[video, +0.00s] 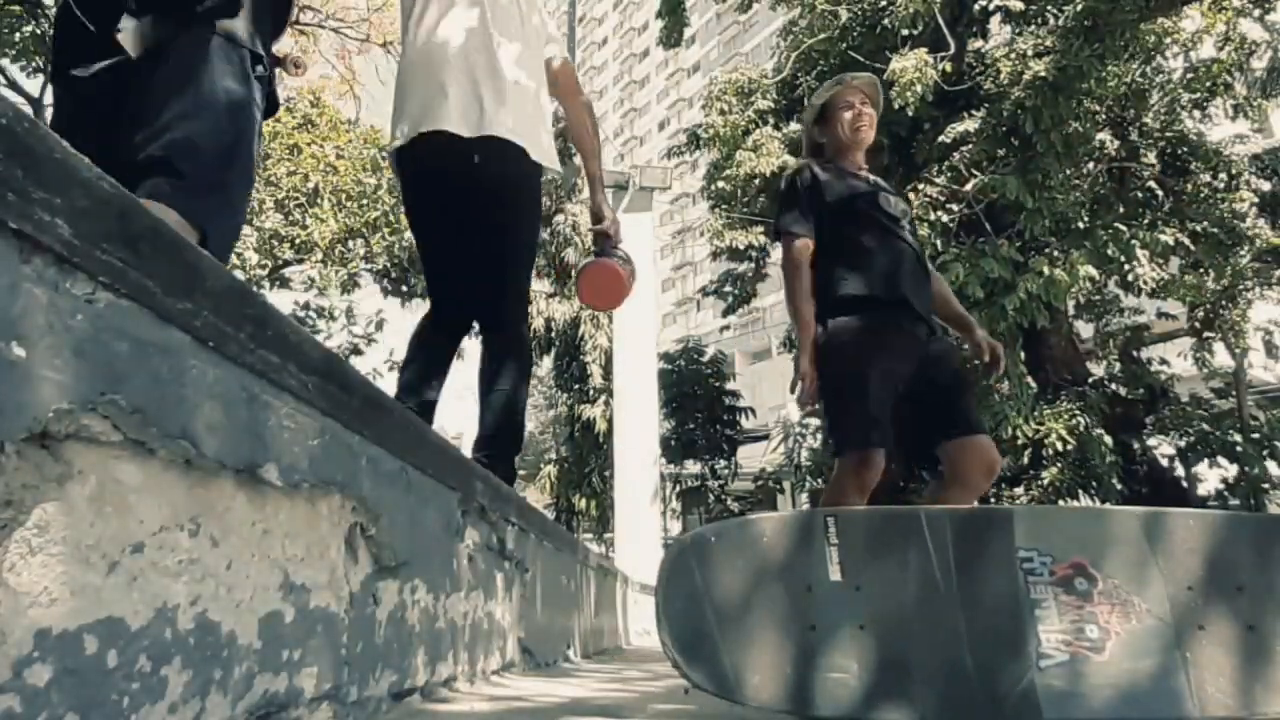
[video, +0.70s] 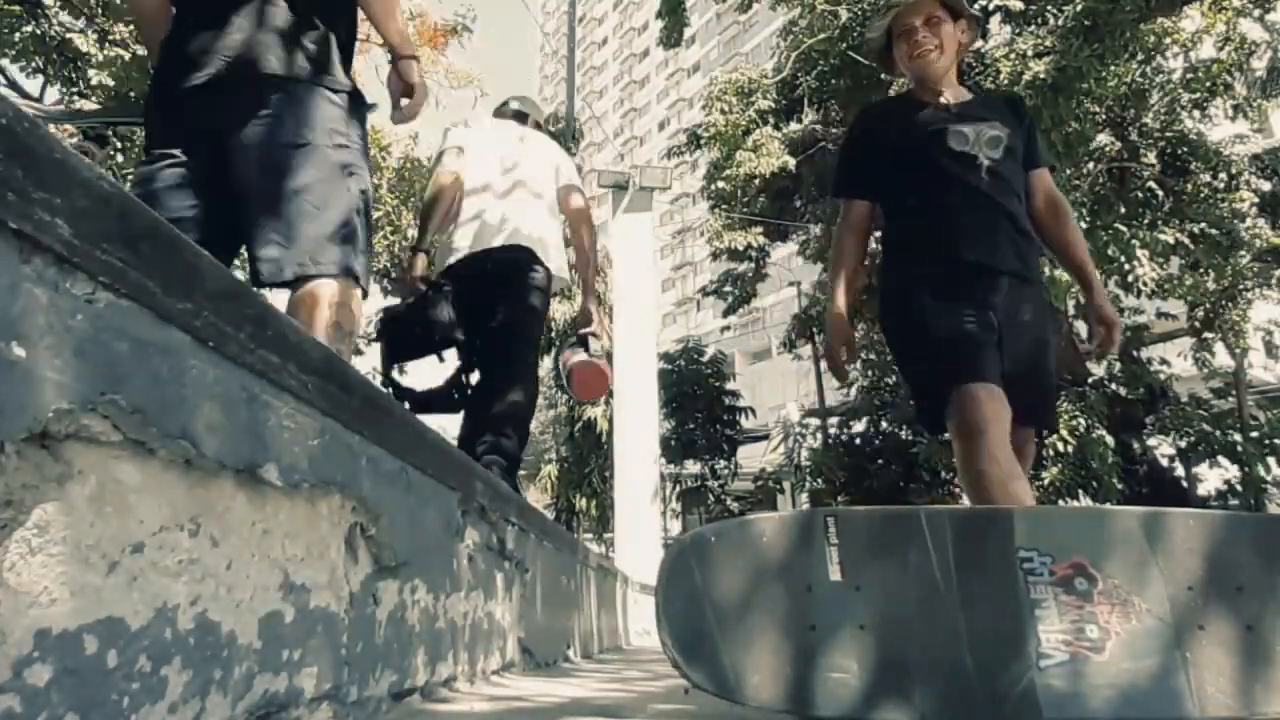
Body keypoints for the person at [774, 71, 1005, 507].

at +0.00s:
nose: (860, 113)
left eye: (867, 106)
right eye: (846, 107)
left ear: (876, 122)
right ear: (823, 126)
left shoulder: (888, 194)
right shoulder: (809, 178)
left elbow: (918, 272)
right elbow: (796, 262)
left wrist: (971, 330)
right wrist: (805, 350)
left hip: (917, 336)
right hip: (853, 337)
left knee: (976, 462)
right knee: (862, 467)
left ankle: (922, 566)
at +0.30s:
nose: (909, 83)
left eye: (916, 76)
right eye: (893, 80)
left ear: (928, 97)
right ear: (869, 106)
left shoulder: (952, 174)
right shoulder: (849, 157)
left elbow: (986, 260)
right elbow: (832, 235)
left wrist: (1021, 328)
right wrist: (845, 283)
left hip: (986, 315)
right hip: (915, 318)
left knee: (1019, 445)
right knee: (927, 454)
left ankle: (994, 569)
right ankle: (861, 563)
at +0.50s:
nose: (922, 59)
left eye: (932, 48)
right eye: (908, 56)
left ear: (954, 63)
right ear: (892, 82)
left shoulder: (991, 136)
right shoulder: (872, 140)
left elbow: (1020, 227)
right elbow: (850, 229)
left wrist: (1050, 314)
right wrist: (859, 272)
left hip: (1000, 288)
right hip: (923, 284)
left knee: (1006, 439)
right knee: (962, 387)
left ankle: (996, 572)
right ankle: (954, 558)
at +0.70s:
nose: (919, 37)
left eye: (931, 24)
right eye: (905, 32)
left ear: (961, 34)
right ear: (894, 54)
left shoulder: (1007, 112)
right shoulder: (878, 122)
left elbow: (1047, 204)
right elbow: (855, 225)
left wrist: (1094, 288)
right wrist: (838, 310)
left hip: (1020, 289)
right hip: (932, 289)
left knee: (1020, 442)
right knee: (979, 412)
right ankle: (1039, 555)